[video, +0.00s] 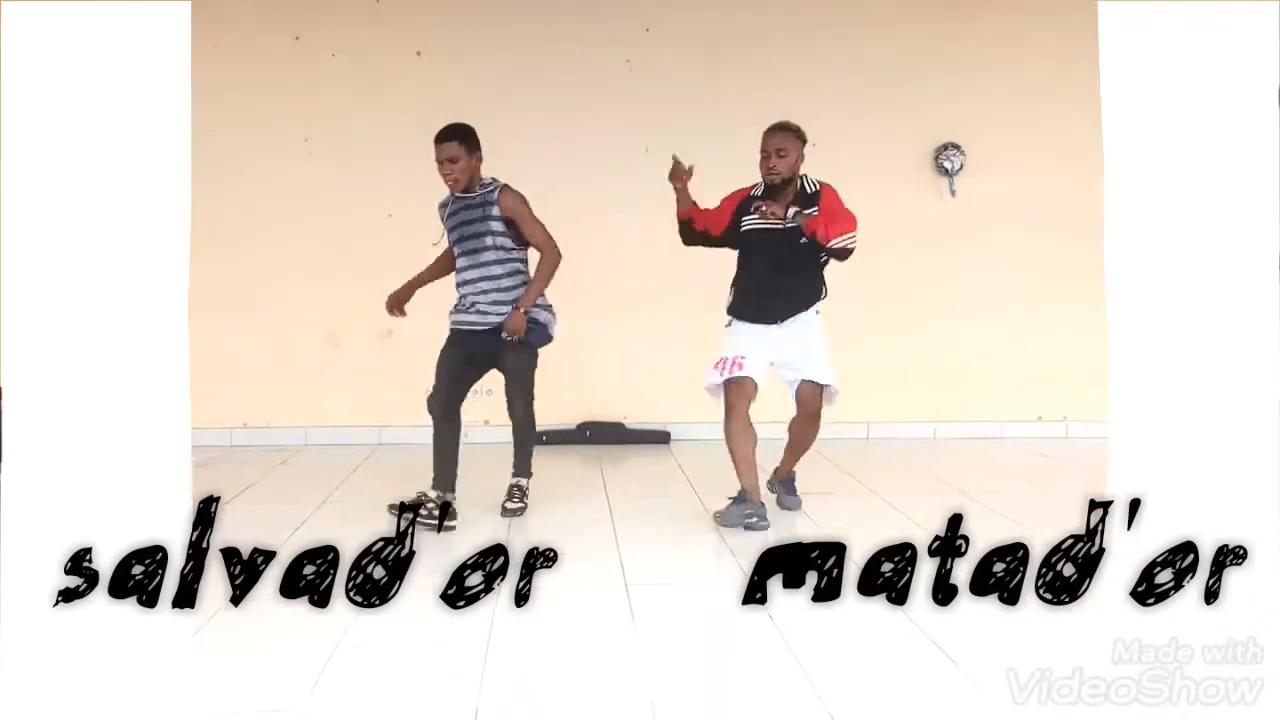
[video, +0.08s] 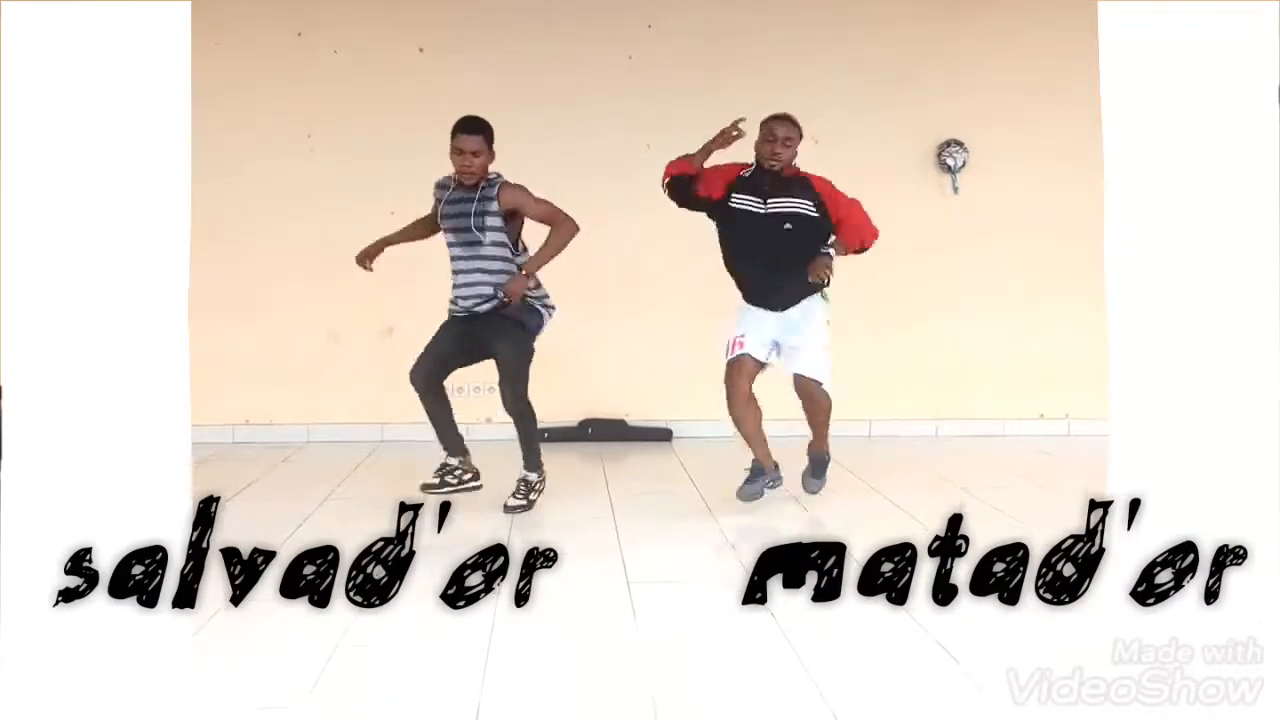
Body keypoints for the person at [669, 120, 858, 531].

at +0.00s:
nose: (772, 161)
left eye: (781, 153)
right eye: (765, 154)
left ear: (801, 156)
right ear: (759, 158)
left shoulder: (820, 196)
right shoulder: (744, 202)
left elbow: (844, 244)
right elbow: (694, 232)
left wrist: (795, 217)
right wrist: (681, 190)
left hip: (801, 319)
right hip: (748, 321)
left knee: (812, 402)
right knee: (736, 398)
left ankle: (785, 473)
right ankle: (751, 499)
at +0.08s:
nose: (777, 148)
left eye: (787, 142)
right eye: (770, 140)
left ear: (798, 149)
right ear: (756, 143)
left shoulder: (815, 191)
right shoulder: (731, 183)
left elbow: (861, 228)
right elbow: (675, 185)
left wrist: (829, 253)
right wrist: (708, 149)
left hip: (806, 306)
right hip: (757, 307)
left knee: (809, 387)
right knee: (736, 384)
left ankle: (820, 450)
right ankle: (765, 464)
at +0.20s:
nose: (794, 148)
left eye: (802, 142)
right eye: (784, 141)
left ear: (809, 154)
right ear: (767, 151)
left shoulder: (816, 212)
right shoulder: (739, 192)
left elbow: (834, 270)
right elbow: (699, 240)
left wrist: (863, 312)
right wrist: (733, 197)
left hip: (792, 308)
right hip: (749, 313)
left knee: (778, 375)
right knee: (743, 401)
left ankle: (860, 370)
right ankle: (775, 480)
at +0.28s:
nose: (798, 156)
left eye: (805, 150)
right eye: (788, 149)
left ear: (813, 159)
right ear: (771, 158)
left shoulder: (822, 216)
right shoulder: (744, 204)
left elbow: (818, 275)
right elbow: (719, 264)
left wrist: (827, 322)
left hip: (790, 308)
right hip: (745, 313)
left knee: (775, 359)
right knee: (731, 403)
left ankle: (845, 424)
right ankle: (774, 483)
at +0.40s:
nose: (791, 151)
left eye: (800, 143)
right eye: (783, 143)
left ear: (813, 148)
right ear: (770, 147)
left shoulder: (824, 205)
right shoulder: (744, 194)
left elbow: (816, 259)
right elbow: (718, 246)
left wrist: (834, 278)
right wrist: (696, 297)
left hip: (796, 316)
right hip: (742, 314)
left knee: (805, 399)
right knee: (749, 401)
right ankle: (775, 486)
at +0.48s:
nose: (782, 156)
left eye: (793, 148)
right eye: (775, 147)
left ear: (808, 147)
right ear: (765, 144)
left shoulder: (828, 190)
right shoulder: (742, 185)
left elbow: (868, 232)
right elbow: (708, 231)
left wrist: (836, 238)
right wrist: (694, 282)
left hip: (798, 297)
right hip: (750, 295)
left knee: (815, 373)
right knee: (773, 364)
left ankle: (806, 472)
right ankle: (739, 457)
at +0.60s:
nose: (770, 171)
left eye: (780, 163)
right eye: (763, 160)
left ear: (794, 164)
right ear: (753, 159)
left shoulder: (816, 211)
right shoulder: (731, 207)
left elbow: (834, 273)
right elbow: (711, 261)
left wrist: (846, 336)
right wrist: (706, 319)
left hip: (803, 300)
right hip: (750, 290)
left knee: (809, 393)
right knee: (781, 309)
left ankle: (791, 482)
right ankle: (737, 377)